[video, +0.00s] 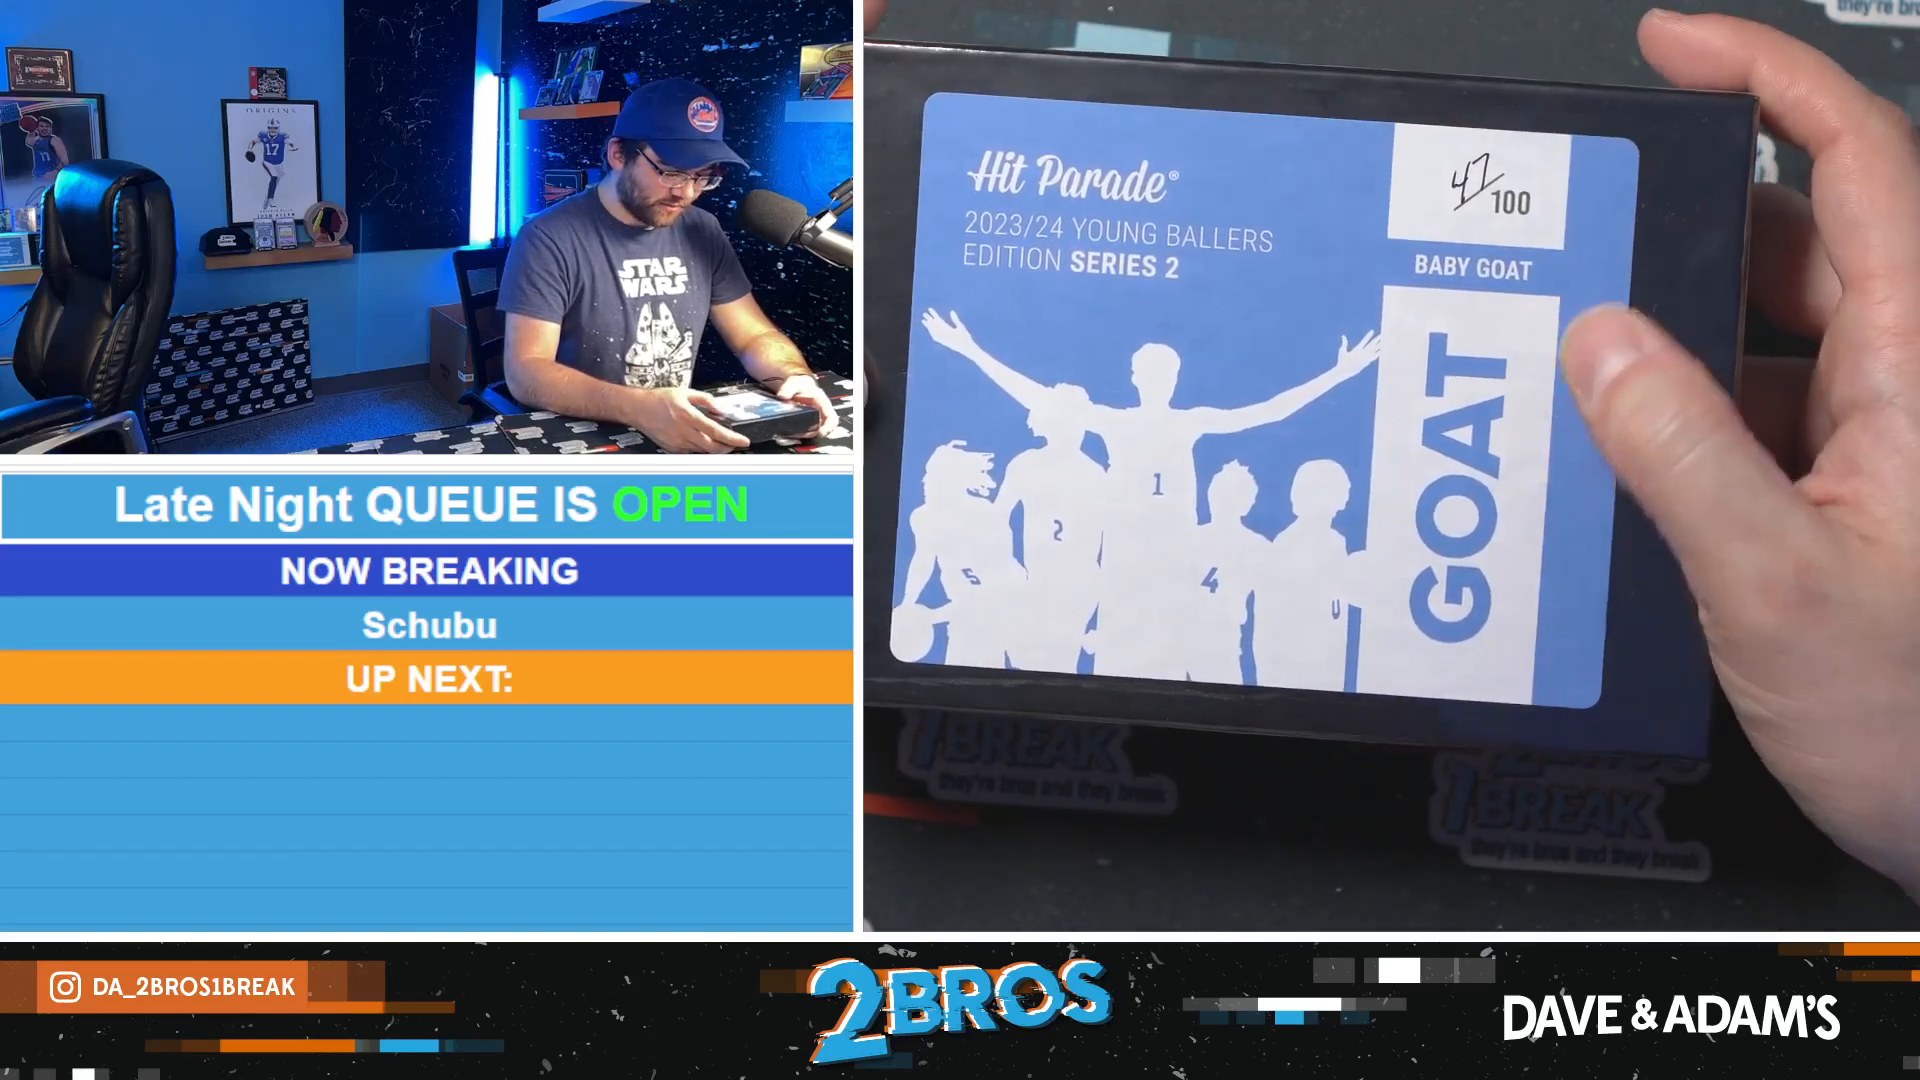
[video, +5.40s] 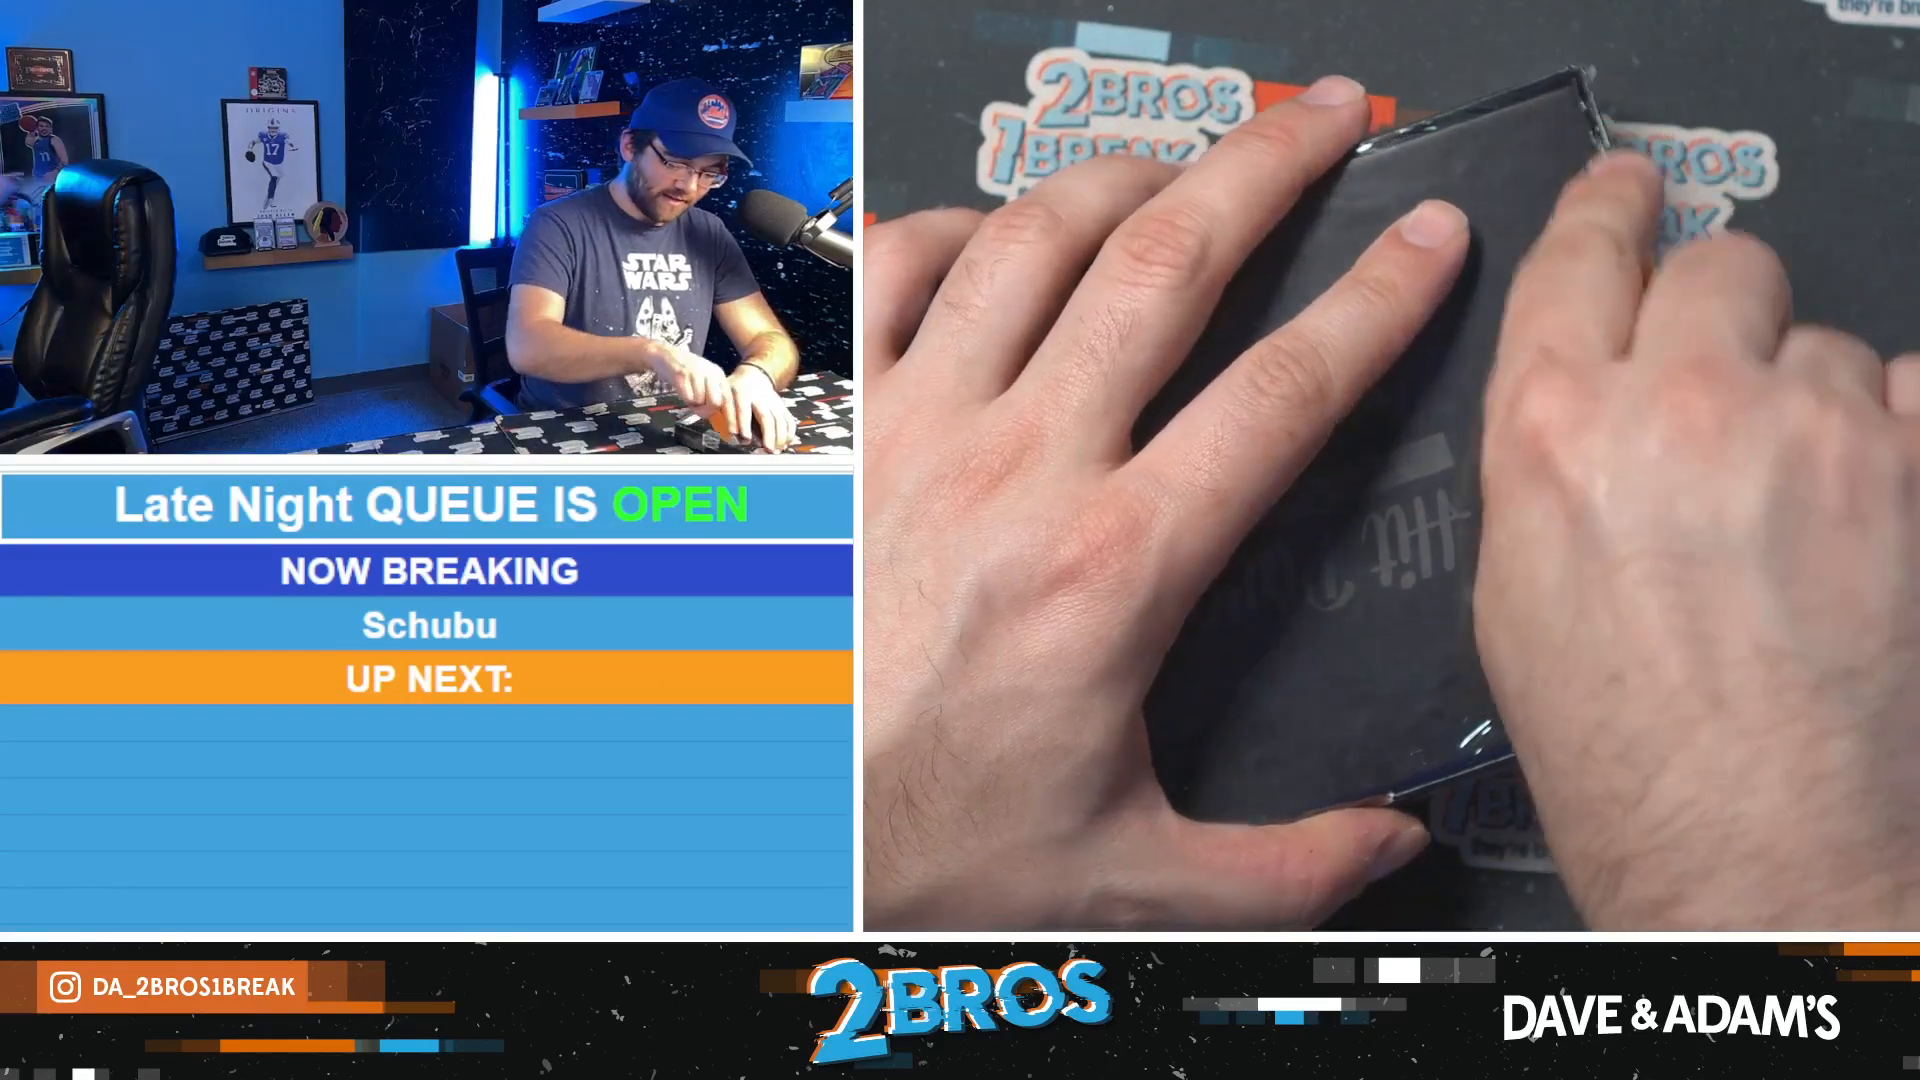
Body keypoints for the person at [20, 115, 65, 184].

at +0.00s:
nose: (44, 128)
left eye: (47, 126)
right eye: (41, 126)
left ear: (50, 128)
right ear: (37, 128)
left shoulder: (55, 140)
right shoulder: (35, 140)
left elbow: (64, 160)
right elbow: (28, 142)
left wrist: (54, 173)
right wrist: (31, 132)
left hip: (51, 177)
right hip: (37, 176)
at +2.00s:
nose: (44, 128)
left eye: (47, 126)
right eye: (41, 126)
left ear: (51, 128)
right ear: (37, 128)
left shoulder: (54, 140)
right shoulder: (35, 140)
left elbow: (64, 160)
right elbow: (28, 142)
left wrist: (54, 173)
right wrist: (31, 133)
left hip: (50, 177)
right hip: (37, 176)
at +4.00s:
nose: (44, 128)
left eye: (47, 126)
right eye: (41, 126)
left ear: (50, 128)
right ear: (37, 128)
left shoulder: (54, 140)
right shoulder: (35, 140)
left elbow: (64, 160)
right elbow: (28, 141)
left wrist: (53, 173)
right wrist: (30, 132)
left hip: (50, 177)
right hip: (37, 176)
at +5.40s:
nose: (44, 128)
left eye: (47, 126)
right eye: (41, 126)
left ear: (50, 128)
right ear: (37, 128)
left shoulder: (54, 140)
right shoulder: (35, 140)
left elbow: (64, 161)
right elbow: (28, 142)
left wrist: (53, 173)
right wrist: (31, 132)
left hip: (50, 177)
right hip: (37, 176)